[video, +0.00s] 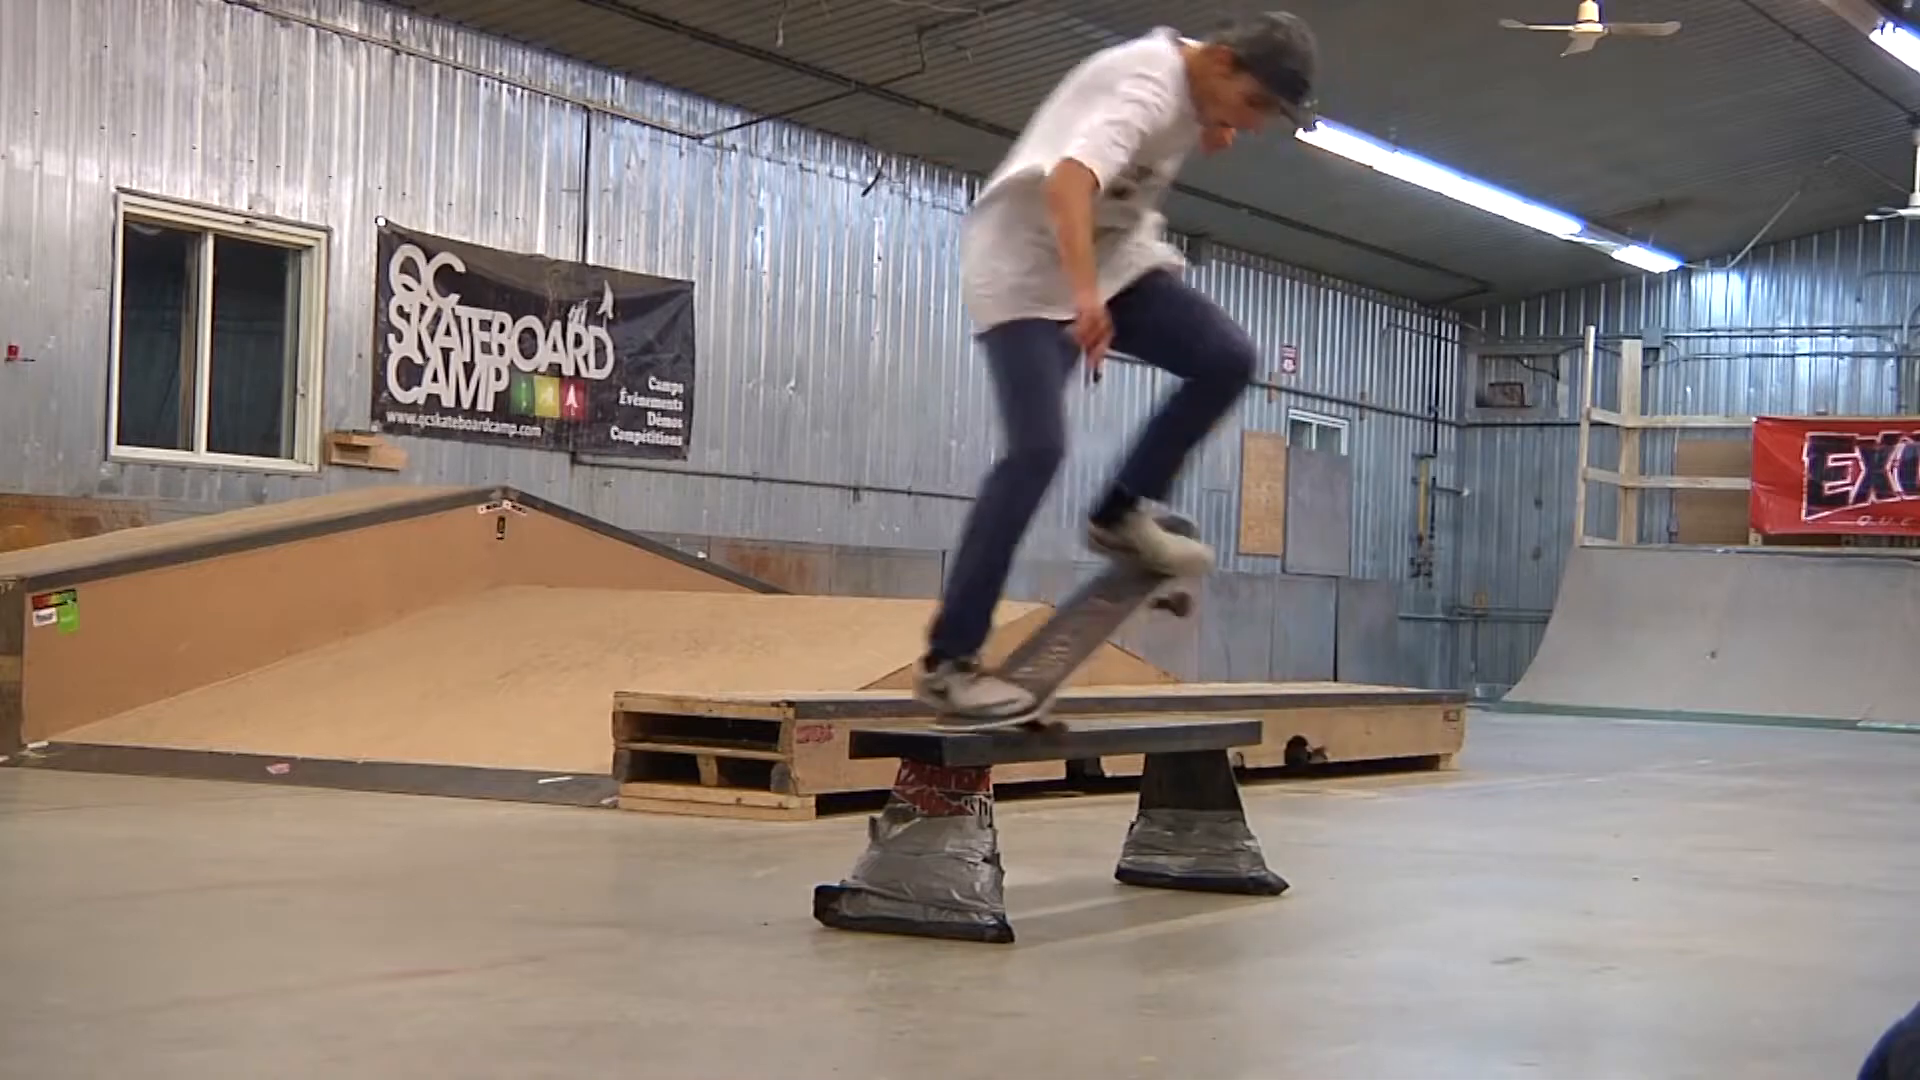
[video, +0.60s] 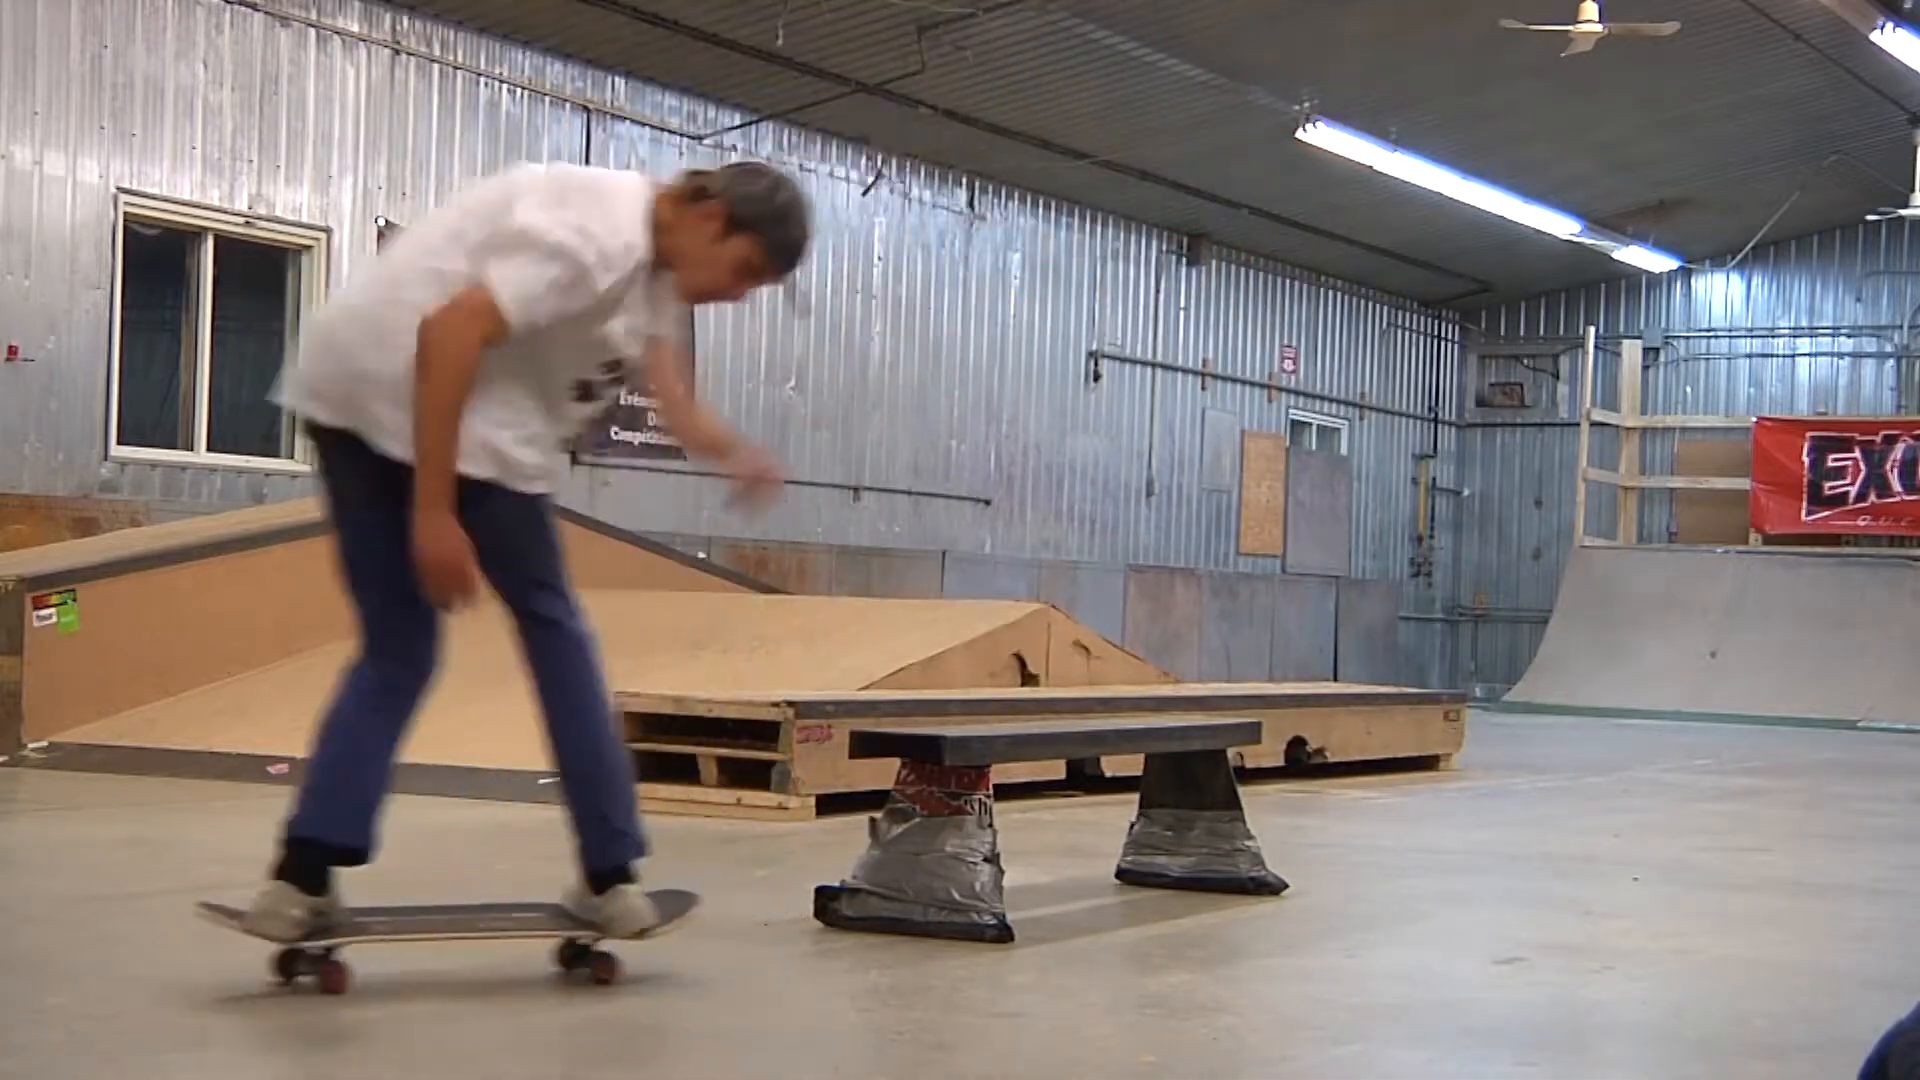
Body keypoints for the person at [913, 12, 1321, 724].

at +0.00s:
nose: (1246, 127)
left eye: (1259, 119)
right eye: (1250, 109)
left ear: (1233, 69)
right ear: (1226, 65)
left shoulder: (1188, 80)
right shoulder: (1146, 86)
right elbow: (1069, 178)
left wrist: (1200, 133)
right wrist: (1087, 296)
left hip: (1113, 261)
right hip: (1025, 261)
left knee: (1228, 361)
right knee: (1036, 448)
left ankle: (1119, 511)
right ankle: (948, 660)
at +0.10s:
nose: (1174, 90)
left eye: (1183, 82)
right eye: (1173, 74)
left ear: (1152, 35)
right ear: (1146, 32)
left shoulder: (1127, 48)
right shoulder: (1071, 38)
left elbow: (1158, 92)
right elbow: (998, 87)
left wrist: (1207, 138)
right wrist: (1001, 164)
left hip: (1019, 225)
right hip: (931, 219)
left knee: (1128, 341)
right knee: (960, 419)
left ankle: (1017, 492)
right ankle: (877, 657)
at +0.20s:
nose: (1105, 84)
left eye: (1117, 76)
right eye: (1106, 65)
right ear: (1070, 19)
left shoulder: (1068, 79)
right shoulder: (977, 29)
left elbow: (1143, 115)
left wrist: (1227, 167)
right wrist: (802, 8)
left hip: (907, 200)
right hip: (825, 189)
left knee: (1027, 359)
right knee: (933, 386)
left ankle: (858, 496)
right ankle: (846, 623)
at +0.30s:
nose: (1016, 96)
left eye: (1032, 87)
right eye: (1019, 73)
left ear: (1028, 78)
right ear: (982, 22)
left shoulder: (997, 107)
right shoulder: (880, 23)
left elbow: (1107, 156)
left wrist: (1236, 211)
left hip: (751, 236)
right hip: (752, 223)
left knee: (856, 454)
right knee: (887, 432)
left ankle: (675, 601)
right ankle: (796, 673)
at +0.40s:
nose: (932, 132)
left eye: (944, 121)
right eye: (930, 109)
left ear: (938, 110)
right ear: (886, 65)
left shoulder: (904, 158)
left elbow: (1015, 215)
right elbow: (633, 22)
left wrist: (1140, 245)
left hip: (620, 343)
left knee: (629, 605)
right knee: (748, 608)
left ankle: (485, 805)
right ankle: (736, 839)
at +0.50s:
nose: (840, 237)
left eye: (854, 226)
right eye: (842, 214)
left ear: (852, 210)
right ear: (804, 164)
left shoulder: (794, 262)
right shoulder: (696, 189)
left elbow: (880, 314)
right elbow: (517, 202)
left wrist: (970, 313)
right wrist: (367, 253)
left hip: (498, 418)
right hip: (586, 439)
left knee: (503, 669)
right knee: (658, 672)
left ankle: (364, 867)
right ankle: (669, 895)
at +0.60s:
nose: (734, 294)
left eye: (751, 285)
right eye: (743, 272)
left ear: (713, 216)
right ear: (711, 218)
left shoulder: (651, 268)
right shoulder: (600, 234)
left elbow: (671, 398)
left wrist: (732, 450)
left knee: (398, 645)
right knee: (554, 628)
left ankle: (303, 875)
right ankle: (610, 878)